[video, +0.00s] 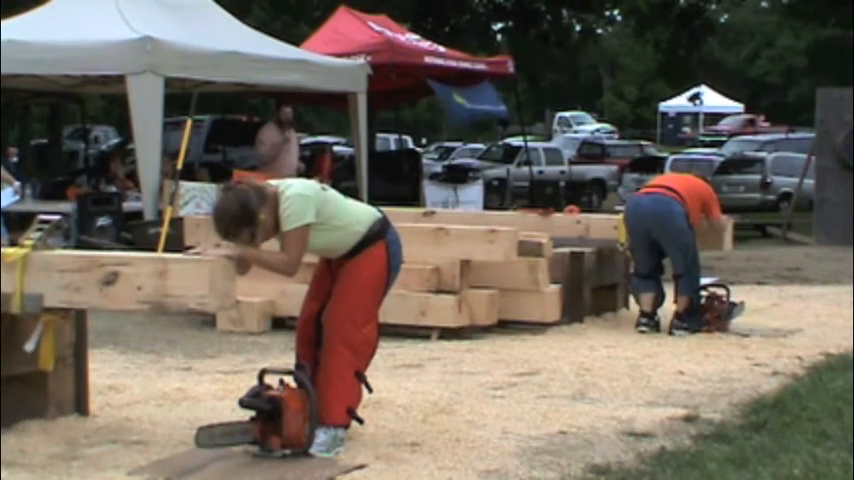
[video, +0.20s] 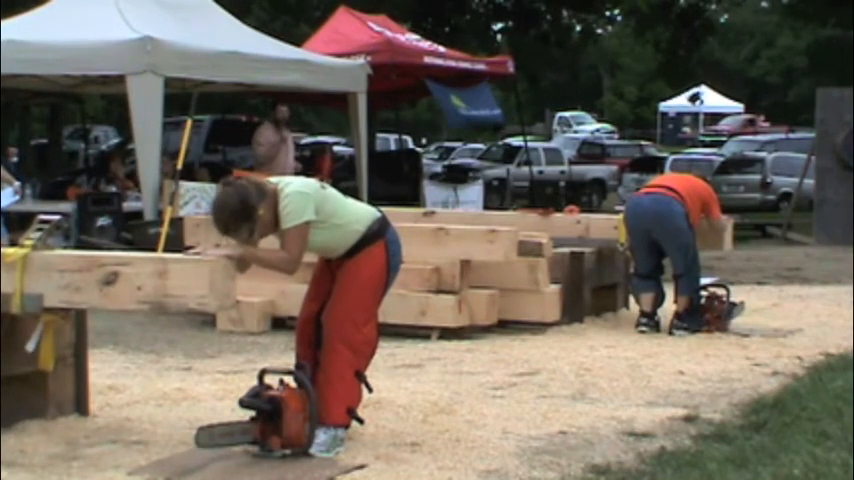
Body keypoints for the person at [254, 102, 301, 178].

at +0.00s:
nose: (287, 116)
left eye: (289, 113)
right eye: (284, 113)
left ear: (292, 115)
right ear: (278, 114)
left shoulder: (292, 133)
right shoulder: (267, 131)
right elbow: (262, 158)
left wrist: (297, 165)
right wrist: (282, 143)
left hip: (288, 177)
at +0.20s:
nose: (284, 116)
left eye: (286, 112)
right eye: (280, 112)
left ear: (289, 114)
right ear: (274, 113)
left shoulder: (286, 132)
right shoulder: (264, 131)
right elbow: (260, 158)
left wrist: (294, 165)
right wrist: (279, 143)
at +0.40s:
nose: (277, 114)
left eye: (279, 111)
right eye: (274, 111)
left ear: (282, 113)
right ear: (268, 112)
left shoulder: (283, 132)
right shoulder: (257, 130)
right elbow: (254, 157)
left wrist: (289, 164)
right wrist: (271, 142)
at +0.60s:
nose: (271, 115)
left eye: (273, 112)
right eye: (268, 112)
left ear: (276, 114)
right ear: (261, 113)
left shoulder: (279, 133)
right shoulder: (250, 131)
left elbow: (284, 157)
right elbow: (244, 157)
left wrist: (286, 165)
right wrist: (262, 143)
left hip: (275, 176)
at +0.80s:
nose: (264, 114)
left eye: (267, 111)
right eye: (262, 110)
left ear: (271, 113)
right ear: (255, 112)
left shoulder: (276, 132)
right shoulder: (246, 129)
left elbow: (282, 155)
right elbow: (237, 150)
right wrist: (255, 141)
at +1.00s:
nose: (262, 113)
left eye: (265, 110)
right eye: (260, 109)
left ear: (269, 112)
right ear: (253, 111)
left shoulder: (275, 131)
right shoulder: (243, 130)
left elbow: (283, 153)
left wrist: (276, 163)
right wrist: (254, 140)